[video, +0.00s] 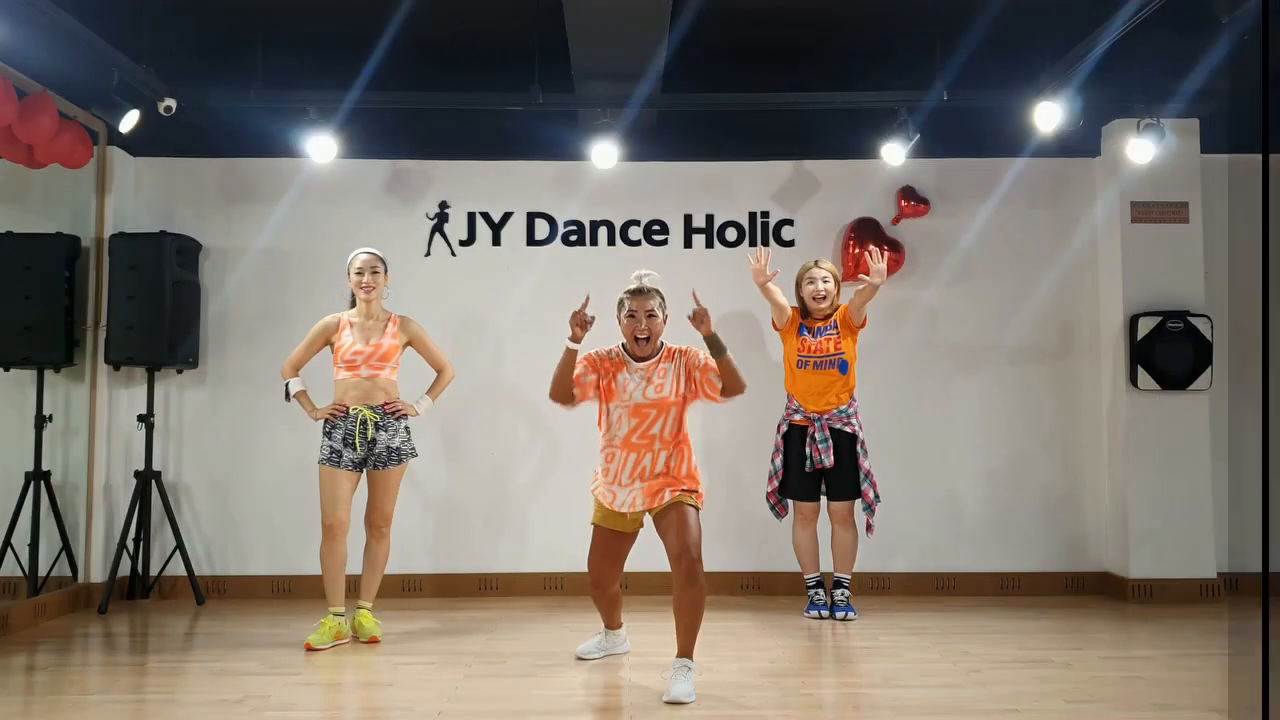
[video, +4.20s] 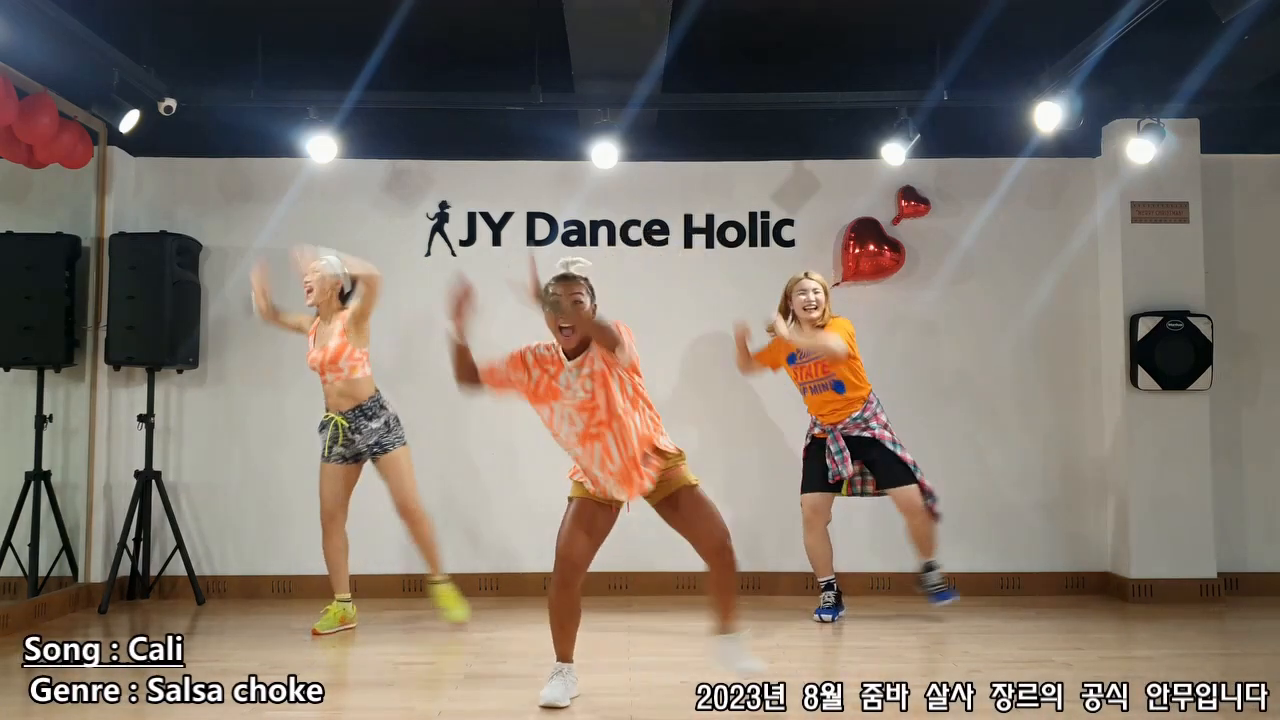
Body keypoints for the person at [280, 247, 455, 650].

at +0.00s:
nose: (367, 279)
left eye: (375, 272)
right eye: (360, 273)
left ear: (386, 280)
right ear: (349, 281)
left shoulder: (403, 327)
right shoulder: (333, 325)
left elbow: (447, 370)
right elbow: (289, 369)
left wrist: (418, 406)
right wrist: (314, 410)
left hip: (389, 428)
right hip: (341, 427)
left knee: (379, 526)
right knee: (333, 526)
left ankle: (365, 612)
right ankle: (336, 617)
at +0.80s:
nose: (371, 280)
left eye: (377, 274)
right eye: (362, 274)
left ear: (386, 280)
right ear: (349, 282)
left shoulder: (402, 326)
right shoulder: (333, 324)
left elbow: (451, 358)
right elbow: (286, 360)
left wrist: (441, 381)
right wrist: (324, 381)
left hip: (389, 427)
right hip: (343, 427)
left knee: (380, 525)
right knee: (331, 524)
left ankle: (365, 612)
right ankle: (336, 617)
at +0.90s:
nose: (374, 279)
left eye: (378, 273)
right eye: (364, 274)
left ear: (385, 279)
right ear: (348, 283)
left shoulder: (401, 325)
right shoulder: (334, 322)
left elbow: (452, 358)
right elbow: (307, 359)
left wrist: (457, 328)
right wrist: (339, 342)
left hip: (388, 425)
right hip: (343, 425)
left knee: (379, 525)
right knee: (330, 524)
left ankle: (365, 612)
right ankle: (335, 617)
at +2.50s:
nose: (369, 276)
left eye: (376, 270)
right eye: (361, 271)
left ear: (386, 279)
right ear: (350, 281)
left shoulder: (401, 320)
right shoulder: (335, 320)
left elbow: (410, 346)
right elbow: (343, 350)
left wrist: (395, 301)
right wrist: (364, 316)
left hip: (392, 423)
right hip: (346, 422)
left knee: (380, 526)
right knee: (332, 525)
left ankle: (364, 612)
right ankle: (335, 617)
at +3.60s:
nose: (338, 281)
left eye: (347, 275)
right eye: (332, 275)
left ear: (361, 286)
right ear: (324, 287)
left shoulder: (377, 324)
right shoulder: (318, 325)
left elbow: (383, 354)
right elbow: (286, 364)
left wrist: (357, 321)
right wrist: (309, 320)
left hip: (370, 425)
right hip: (327, 426)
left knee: (356, 510)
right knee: (324, 517)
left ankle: (364, 593)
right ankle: (340, 602)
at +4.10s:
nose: (306, 294)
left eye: (315, 287)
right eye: (302, 289)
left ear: (336, 291)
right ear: (301, 297)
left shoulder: (359, 326)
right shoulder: (309, 339)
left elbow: (400, 322)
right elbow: (273, 354)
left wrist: (372, 328)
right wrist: (271, 367)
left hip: (371, 429)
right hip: (332, 435)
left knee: (382, 515)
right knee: (323, 522)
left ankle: (396, 582)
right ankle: (342, 604)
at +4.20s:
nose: (306, 288)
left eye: (313, 282)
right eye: (306, 283)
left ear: (336, 285)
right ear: (311, 289)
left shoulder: (355, 317)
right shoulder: (311, 325)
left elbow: (372, 276)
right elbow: (269, 314)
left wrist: (329, 258)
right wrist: (259, 284)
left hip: (375, 418)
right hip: (338, 426)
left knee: (408, 505)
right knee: (332, 518)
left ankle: (440, 581)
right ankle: (343, 603)